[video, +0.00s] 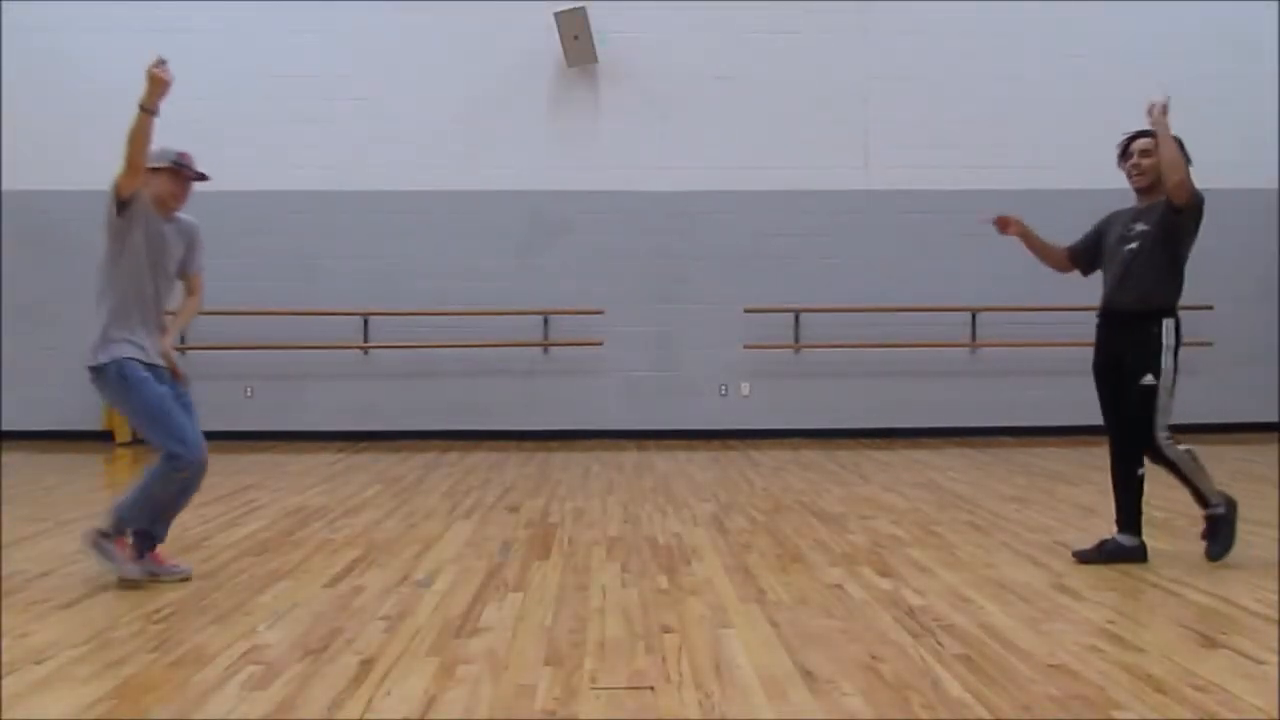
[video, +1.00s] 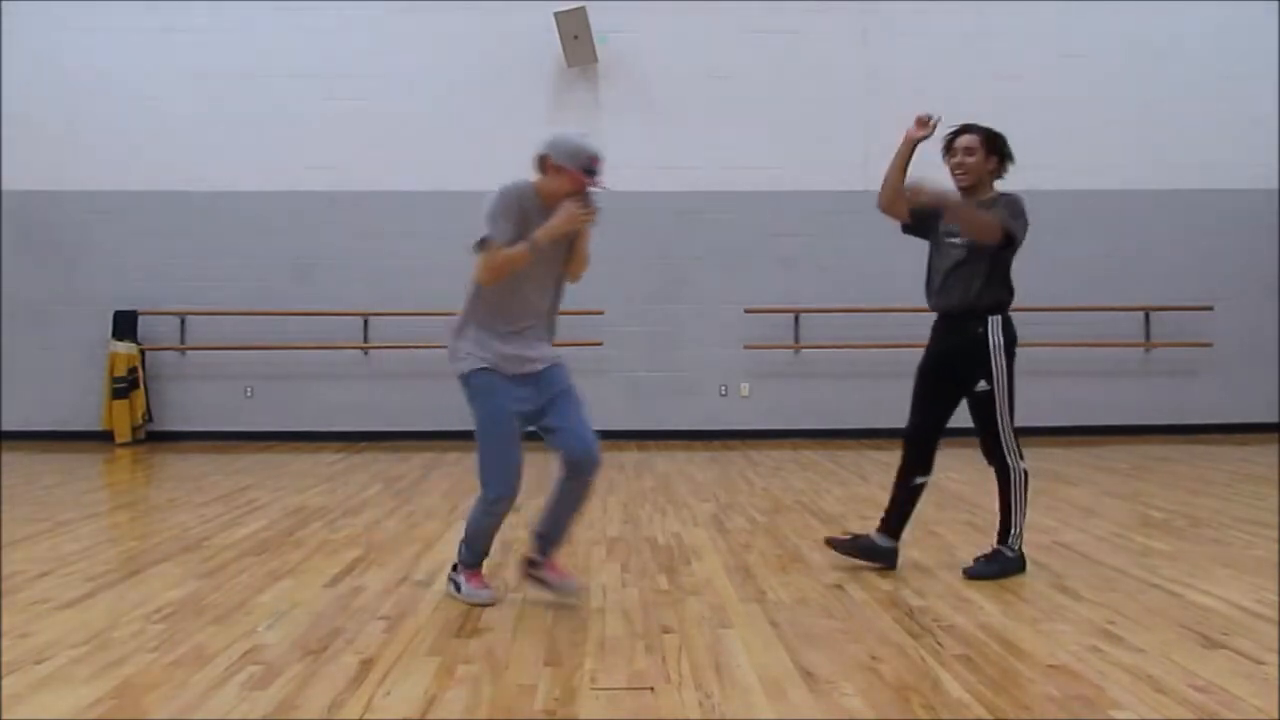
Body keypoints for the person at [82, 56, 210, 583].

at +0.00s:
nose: (182, 189)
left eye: (187, 182)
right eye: (176, 178)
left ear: (188, 188)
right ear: (151, 178)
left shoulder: (186, 232)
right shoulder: (129, 215)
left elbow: (195, 294)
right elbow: (134, 165)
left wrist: (171, 335)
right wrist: (150, 103)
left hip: (157, 355)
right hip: (117, 353)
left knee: (193, 459)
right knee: (185, 453)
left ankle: (144, 546)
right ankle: (113, 531)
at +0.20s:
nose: (258, 188)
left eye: (263, 180)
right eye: (251, 178)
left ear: (265, 185)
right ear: (226, 178)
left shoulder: (264, 233)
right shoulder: (204, 215)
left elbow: (273, 297)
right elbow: (203, 164)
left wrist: (249, 340)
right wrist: (212, 100)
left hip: (237, 357)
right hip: (199, 356)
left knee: (268, 461)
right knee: (271, 455)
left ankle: (180, 527)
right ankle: (249, 560)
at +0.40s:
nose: (340, 185)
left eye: (343, 178)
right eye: (332, 175)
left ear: (342, 183)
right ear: (306, 175)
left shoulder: (339, 230)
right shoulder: (285, 213)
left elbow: (346, 293)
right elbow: (286, 158)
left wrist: (324, 338)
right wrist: (298, 95)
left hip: (317, 359)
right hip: (276, 360)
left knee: (367, 450)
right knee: (325, 466)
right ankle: (258, 551)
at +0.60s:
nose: (414, 187)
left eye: (418, 180)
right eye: (405, 178)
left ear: (421, 188)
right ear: (380, 181)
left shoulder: (419, 232)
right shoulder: (353, 215)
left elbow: (436, 296)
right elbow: (320, 183)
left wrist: (414, 339)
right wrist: (361, 139)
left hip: (392, 366)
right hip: (347, 360)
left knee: (430, 468)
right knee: (402, 463)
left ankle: (378, 549)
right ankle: (354, 548)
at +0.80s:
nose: (486, 174)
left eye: (492, 167)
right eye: (481, 163)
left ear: (492, 166)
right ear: (452, 153)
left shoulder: (493, 196)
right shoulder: (415, 185)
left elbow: (519, 259)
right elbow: (370, 231)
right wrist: (439, 218)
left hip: (467, 346)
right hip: (417, 344)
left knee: (469, 461)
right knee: (459, 458)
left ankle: (404, 526)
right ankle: (460, 563)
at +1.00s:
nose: (584, 188)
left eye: (587, 181)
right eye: (579, 178)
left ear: (578, 178)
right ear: (549, 168)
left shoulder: (569, 209)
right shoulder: (513, 200)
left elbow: (574, 273)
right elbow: (488, 271)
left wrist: (580, 227)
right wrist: (549, 231)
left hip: (538, 357)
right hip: (485, 356)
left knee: (583, 456)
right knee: (502, 486)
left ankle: (540, 557)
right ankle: (467, 568)